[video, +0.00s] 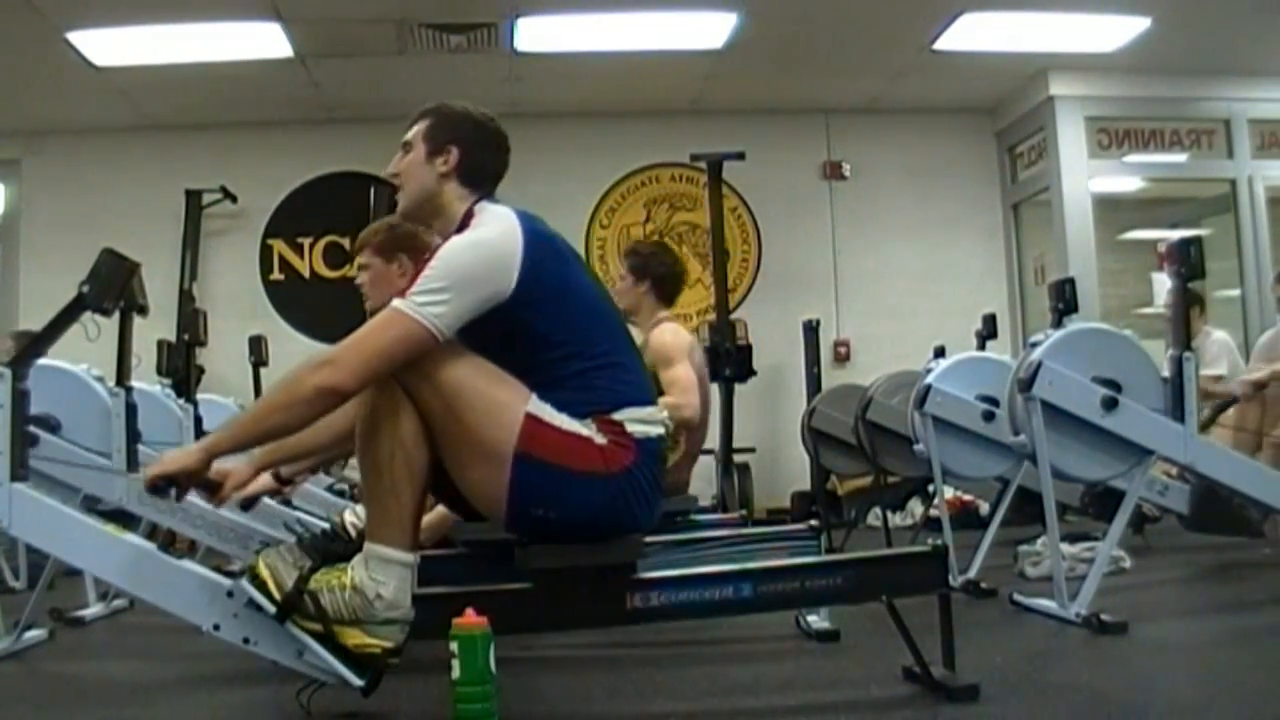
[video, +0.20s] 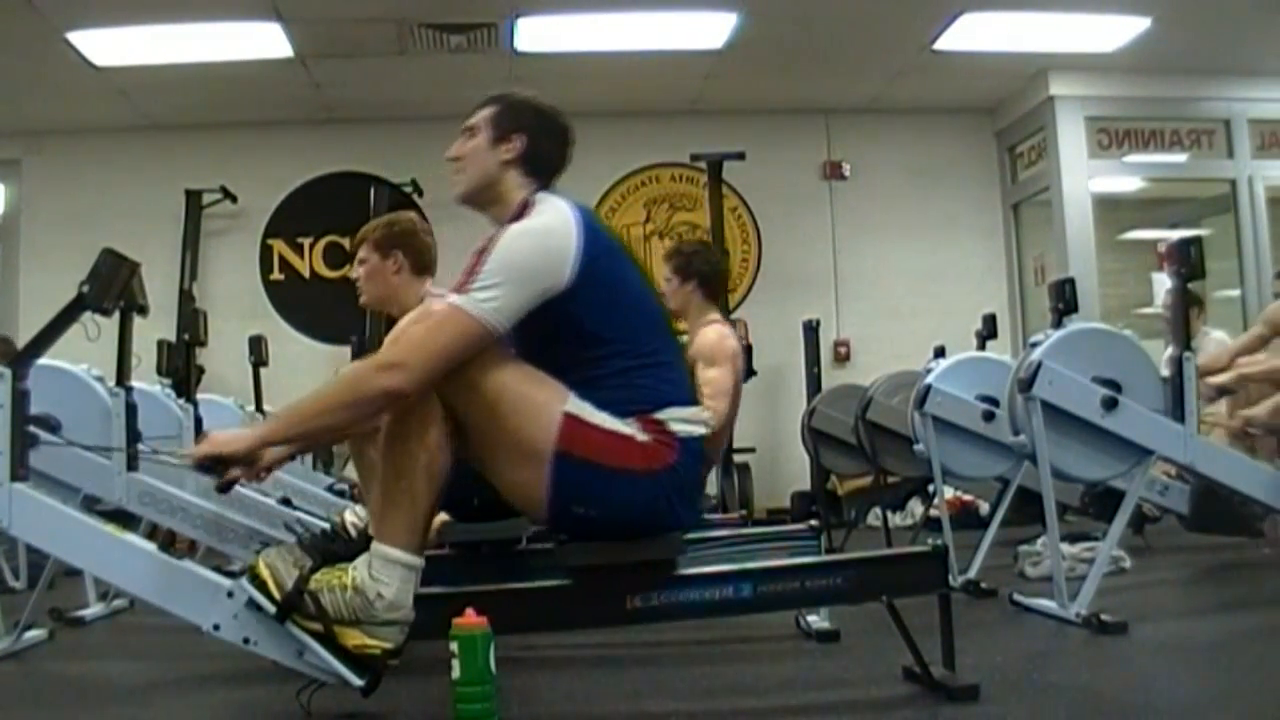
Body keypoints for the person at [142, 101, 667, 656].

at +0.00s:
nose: (392, 172)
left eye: (405, 154)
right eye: (398, 155)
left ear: (447, 162)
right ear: (454, 168)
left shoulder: (489, 241)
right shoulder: (479, 244)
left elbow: (336, 379)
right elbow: (370, 401)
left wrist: (205, 448)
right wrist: (261, 466)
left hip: (604, 471)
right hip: (581, 464)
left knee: (403, 361)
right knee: (398, 364)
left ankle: (381, 591)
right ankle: (378, 572)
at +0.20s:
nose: (452, 151)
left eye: (470, 136)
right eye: (459, 137)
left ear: (513, 148)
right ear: (510, 153)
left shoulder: (547, 229)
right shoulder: (510, 243)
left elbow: (396, 376)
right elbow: (397, 375)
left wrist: (257, 433)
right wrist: (279, 447)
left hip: (645, 469)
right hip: (609, 464)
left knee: (428, 358)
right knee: (416, 359)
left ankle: (386, 589)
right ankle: (378, 568)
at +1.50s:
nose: (829, 141)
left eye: (843, 121)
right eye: (831, 127)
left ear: (894, 123)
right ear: (888, 132)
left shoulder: (932, 201)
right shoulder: (888, 221)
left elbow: (1017, 329)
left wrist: (861, 343)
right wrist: (824, 340)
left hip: (889, 443)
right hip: (850, 435)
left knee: (646, 521)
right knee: (622, 508)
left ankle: (404, 610)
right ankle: (396, 595)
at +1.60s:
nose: (822, 135)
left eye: (834, 118)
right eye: (825, 120)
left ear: (883, 122)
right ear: (872, 126)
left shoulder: (926, 196)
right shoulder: (880, 222)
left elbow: (1032, 321)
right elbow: (823, 374)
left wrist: (880, 344)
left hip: (889, 443)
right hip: (847, 432)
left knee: (644, 521)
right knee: (628, 510)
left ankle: (399, 609)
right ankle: (399, 600)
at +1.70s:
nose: (810, 136)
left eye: (821, 119)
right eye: (812, 123)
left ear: (870, 121)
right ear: (870, 129)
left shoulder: (916, 201)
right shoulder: (871, 222)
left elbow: (1009, 341)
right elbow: (837, 369)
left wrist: (852, 353)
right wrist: (739, 392)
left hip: (889, 444)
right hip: (849, 436)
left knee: (639, 518)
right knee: (615, 507)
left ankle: (408, 608)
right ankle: (401, 592)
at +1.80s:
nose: (796, 136)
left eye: (808, 118)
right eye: (798, 122)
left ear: (853, 120)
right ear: (851, 127)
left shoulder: (902, 205)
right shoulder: (857, 221)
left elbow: (949, 366)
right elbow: (845, 369)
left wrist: (791, 377)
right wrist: (739, 397)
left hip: (885, 442)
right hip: (839, 434)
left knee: (638, 517)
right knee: (606, 501)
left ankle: (398, 611)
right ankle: (394, 597)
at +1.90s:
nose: (770, 137)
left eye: (781, 120)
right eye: (772, 123)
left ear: (828, 122)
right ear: (828, 128)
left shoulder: (879, 204)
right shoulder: (836, 222)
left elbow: (873, 378)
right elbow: (827, 377)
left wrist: (714, 396)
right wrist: (704, 395)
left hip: (880, 444)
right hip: (840, 438)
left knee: (627, 506)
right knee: (604, 497)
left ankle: (397, 608)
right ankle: (392, 601)